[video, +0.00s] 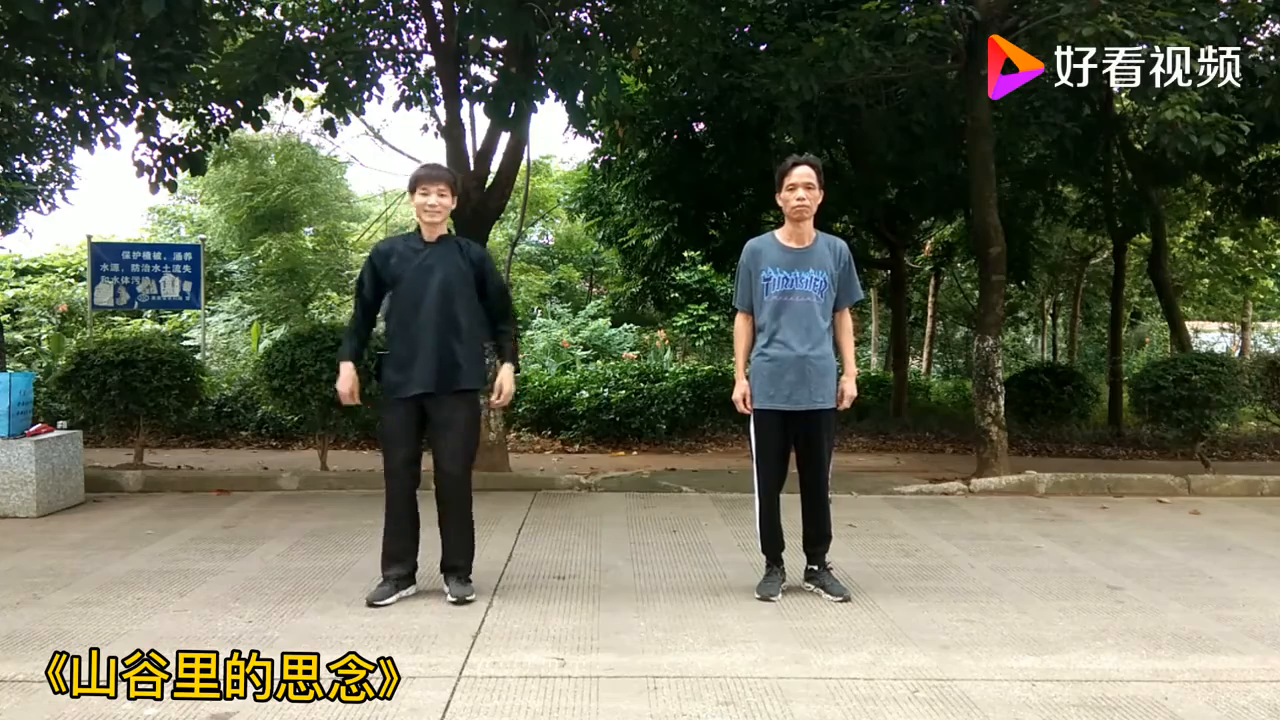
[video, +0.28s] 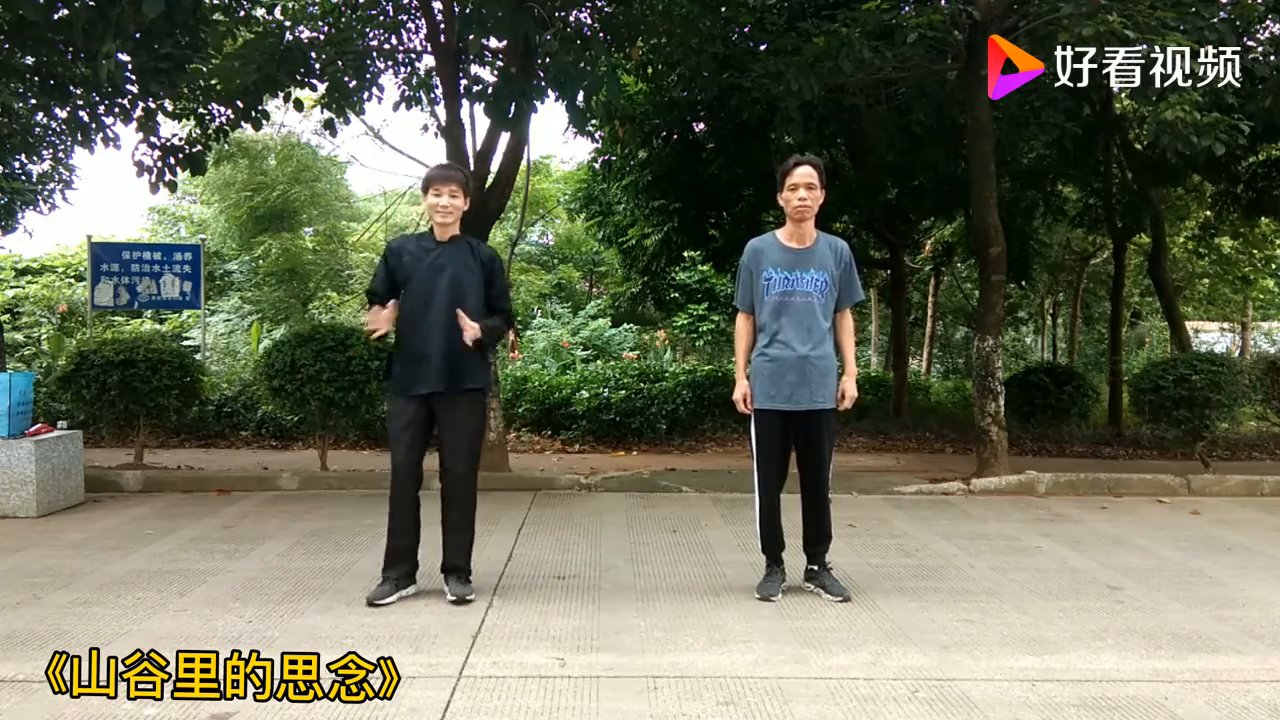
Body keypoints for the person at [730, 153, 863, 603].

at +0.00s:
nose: (801, 195)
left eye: (809, 187)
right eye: (792, 188)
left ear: (820, 196)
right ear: (779, 197)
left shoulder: (836, 250)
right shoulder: (756, 250)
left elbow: (842, 314)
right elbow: (744, 316)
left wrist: (849, 372)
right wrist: (740, 374)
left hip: (820, 383)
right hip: (768, 383)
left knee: (816, 482)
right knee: (767, 483)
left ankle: (817, 566)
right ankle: (773, 567)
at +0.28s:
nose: (803, 196)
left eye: (811, 188)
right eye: (794, 188)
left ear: (822, 196)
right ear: (781, 197)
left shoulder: (837, 251)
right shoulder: (758, 250)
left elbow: (843, 314)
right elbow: (745, 316)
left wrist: (850, 371)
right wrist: (741, 374)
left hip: (820, 384)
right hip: (768, 383)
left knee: (817, 483)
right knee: (768, 483)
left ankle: (817, 566)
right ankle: (773, 567)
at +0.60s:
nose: (803, 194)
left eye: (811, 186)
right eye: (795, 187)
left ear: (823, 194)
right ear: (782, 195)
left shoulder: (838, 250)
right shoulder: (758, 249)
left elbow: (844, 314)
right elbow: (746, 315)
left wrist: (851, 371)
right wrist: (742, 373)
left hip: (823, 384)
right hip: (770, 384)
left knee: (821, 481)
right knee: (768, 483)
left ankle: (819, 566)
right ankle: (773, 567)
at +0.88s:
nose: (795, 195)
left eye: (804, 187)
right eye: (790, 188)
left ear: (826, 193)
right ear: (785, 196)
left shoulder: (849, 251)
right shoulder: (768, 249)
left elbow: (853, 315)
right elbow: (754, 315)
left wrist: (857, 372)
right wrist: (748, 374)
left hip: (829, 385)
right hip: (776, 384)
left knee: (826, 484)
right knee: (773, 484)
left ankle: (823, 568)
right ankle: (774, 568)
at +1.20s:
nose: (798, 194)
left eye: (807, 186)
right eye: (795, 187)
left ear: (832, 191)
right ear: (792, 195)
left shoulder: (859, 251)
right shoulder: (777, 249)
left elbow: (868, 315)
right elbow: (764, 315)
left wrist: (874, 374)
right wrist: (758, 373)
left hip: (836, 388)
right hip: (784, 386)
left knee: (829, 485)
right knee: (777, 483)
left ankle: (824, 567)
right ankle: (780, 566)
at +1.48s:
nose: (799, 194)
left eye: (808, 186)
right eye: (794, 188)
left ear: (830, 193)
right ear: (788, 196)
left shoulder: (853, 251)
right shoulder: (771, 251)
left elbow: (865, 314)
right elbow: (756, 316)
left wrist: (874, 371)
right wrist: (753, 372)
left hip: (834, 386)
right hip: (781, 385)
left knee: (826, 485)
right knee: (778, 485)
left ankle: (823, 568)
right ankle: (781, 567)